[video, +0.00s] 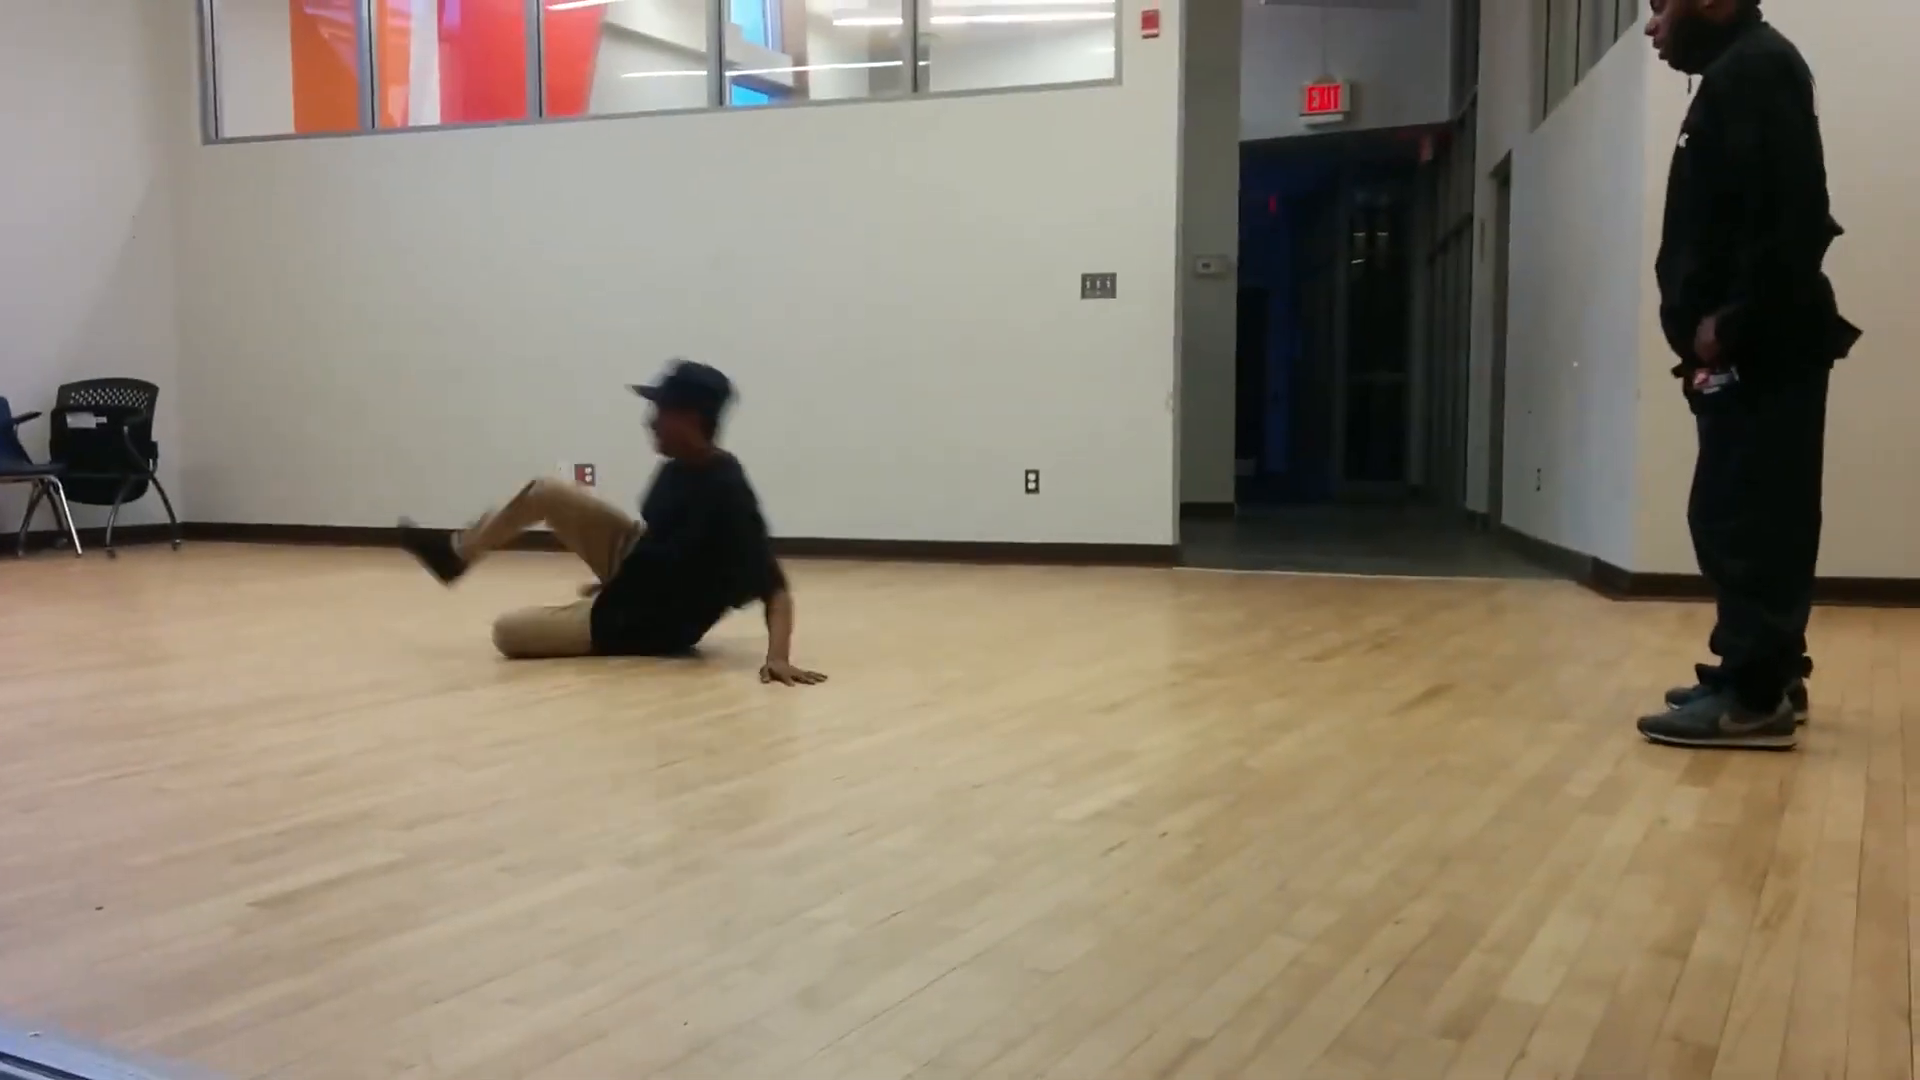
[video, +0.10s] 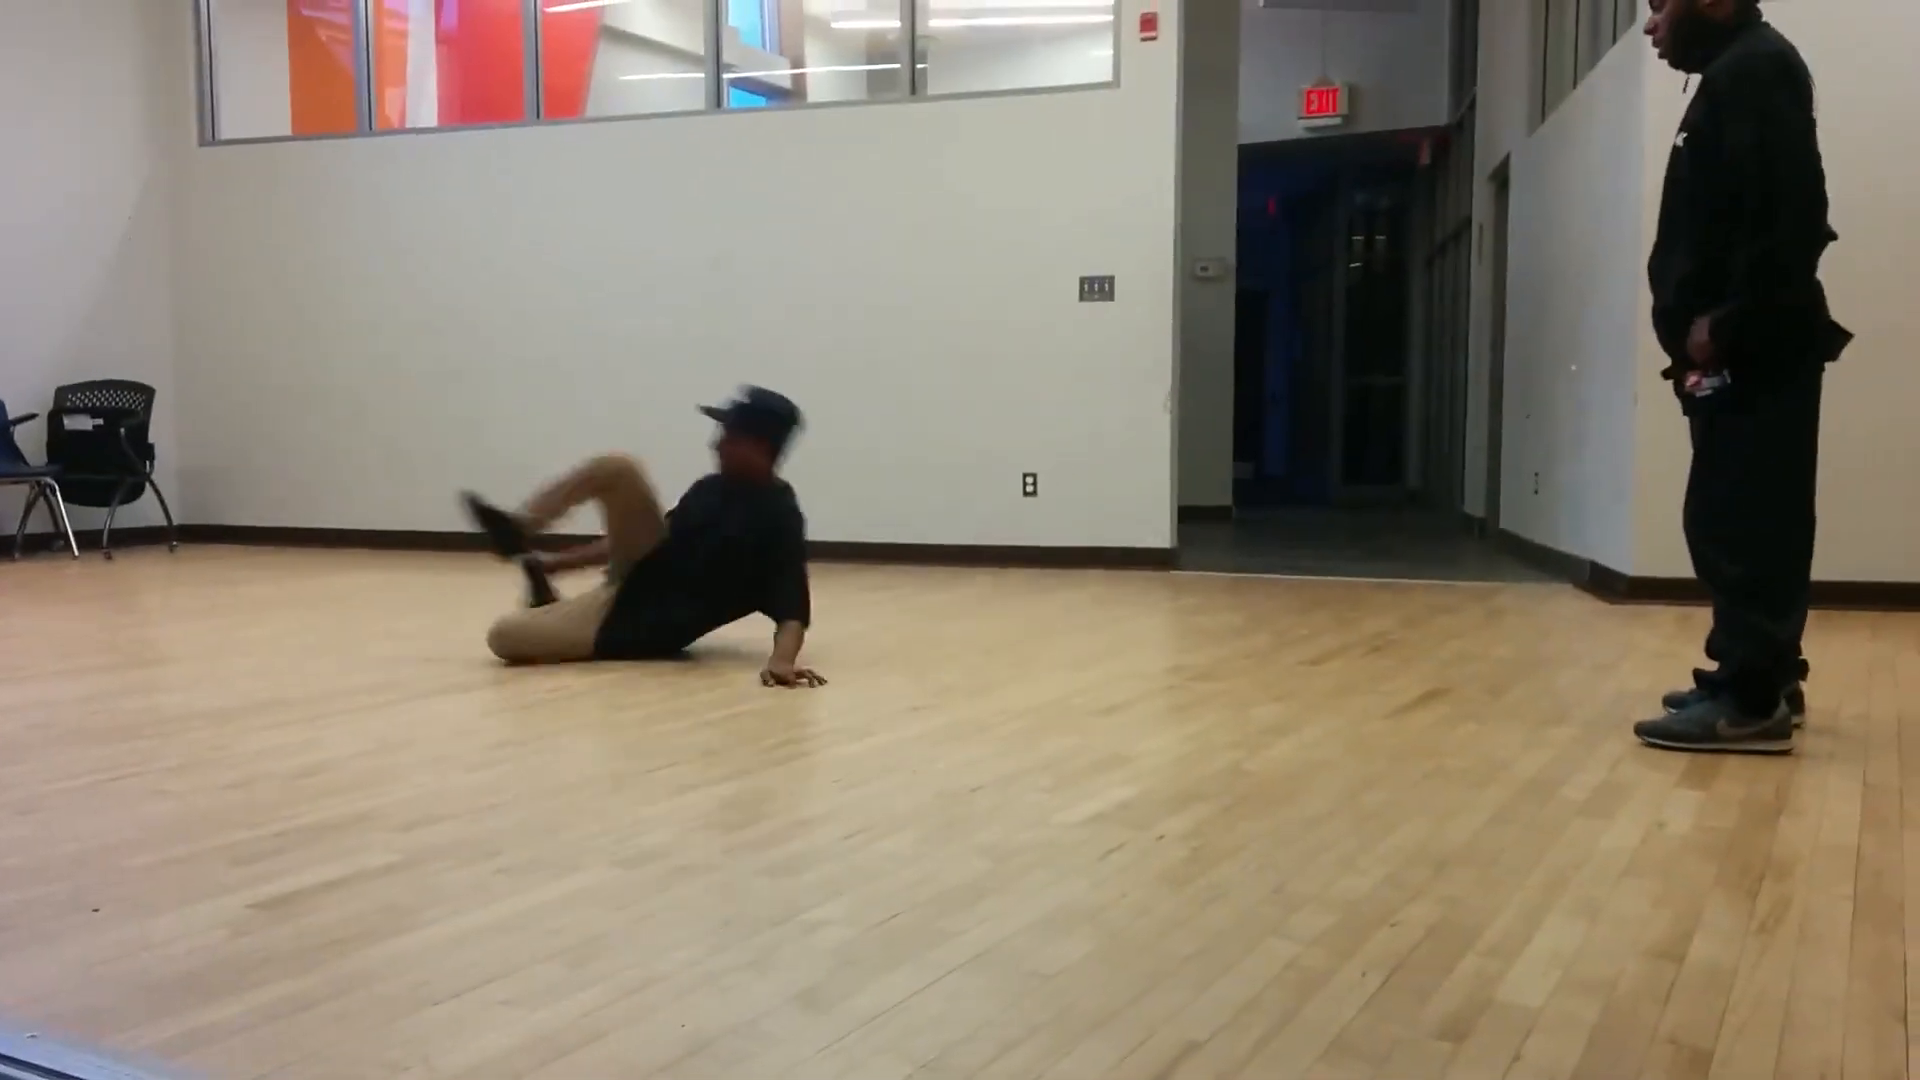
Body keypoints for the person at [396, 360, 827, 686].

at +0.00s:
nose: (653, 420)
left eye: (665, 412)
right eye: (656, 410)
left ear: (696, 421)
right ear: (681, 419)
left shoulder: (726, 494)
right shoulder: (681, 469)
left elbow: (777, 590)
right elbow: (669, 554)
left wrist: (778, 658)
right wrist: (617, 585)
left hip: (654, 619)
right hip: (643, 566)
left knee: (509, 632)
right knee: (547, 494)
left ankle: (594, 615)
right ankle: (458, 553)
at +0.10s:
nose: (717, 444)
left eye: (730, 435)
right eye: (722, 433)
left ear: (761, 448)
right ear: (749, 444)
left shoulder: (779, 518)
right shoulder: (715, 488)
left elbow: (793, 611)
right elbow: (642, 541)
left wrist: (781, 664)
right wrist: (558, 565)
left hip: (645, 621)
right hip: (642, 572)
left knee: (505, 638)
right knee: (617, 470)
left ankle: (545, 595)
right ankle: (520, 530)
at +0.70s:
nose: (890, 586)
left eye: (893, 599)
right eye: (896, 585)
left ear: (873, 622)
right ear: (882, 577)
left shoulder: (814, 626)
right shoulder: (831, 568)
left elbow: (797, 571)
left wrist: (851, 644)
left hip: (746, 498)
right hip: (724, 468)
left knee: (861, 393)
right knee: (721, 343)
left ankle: (738, 383)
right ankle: (580, 355)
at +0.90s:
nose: (910, 592)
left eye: (913, 599)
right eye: (912, 595)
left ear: (902, 611)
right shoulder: (829, 610)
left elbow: (871, 561)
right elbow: (747, 501)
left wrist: (881, 652)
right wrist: (692, 462)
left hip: (823, 476)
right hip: (780, 497)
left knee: (816, 340)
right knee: (663, 405)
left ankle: (715, 415)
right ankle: (631, 554)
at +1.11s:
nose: (924, 589)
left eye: (932, 600)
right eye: (928, 588)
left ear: (925, 619)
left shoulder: (912, 626)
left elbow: (868, 569)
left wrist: (882, 658)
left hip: (820, 545)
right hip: (765, 530)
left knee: (780, 402)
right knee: (663, 513)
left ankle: (694, 499)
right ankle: (692, 654)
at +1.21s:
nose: (924, 594)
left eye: (929, 607)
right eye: (929, 595)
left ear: (913, 632)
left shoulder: (895, 636)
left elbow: (858, 577)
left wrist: (880, 663)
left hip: (810, 562)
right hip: (766, 534)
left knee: (811, 423)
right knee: (671, 522)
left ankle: (699, 495)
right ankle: (686, 660)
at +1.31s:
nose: (917, 599)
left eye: (922, 613)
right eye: (923, 601)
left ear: (902, 635)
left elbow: (853, 578)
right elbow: (844, 521)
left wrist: (876, 666)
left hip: (809, 567)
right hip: (767, 536)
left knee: (832, 435)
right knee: (676, 532)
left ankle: (707, 491)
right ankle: (672, 665)